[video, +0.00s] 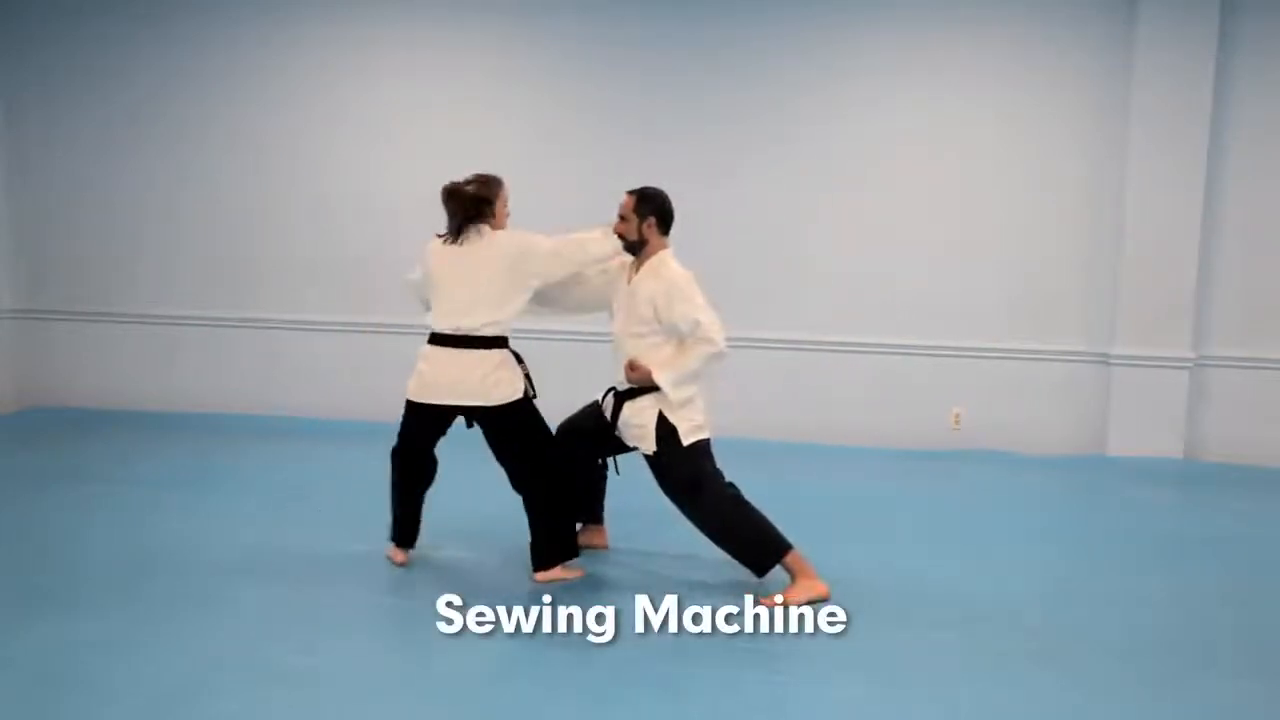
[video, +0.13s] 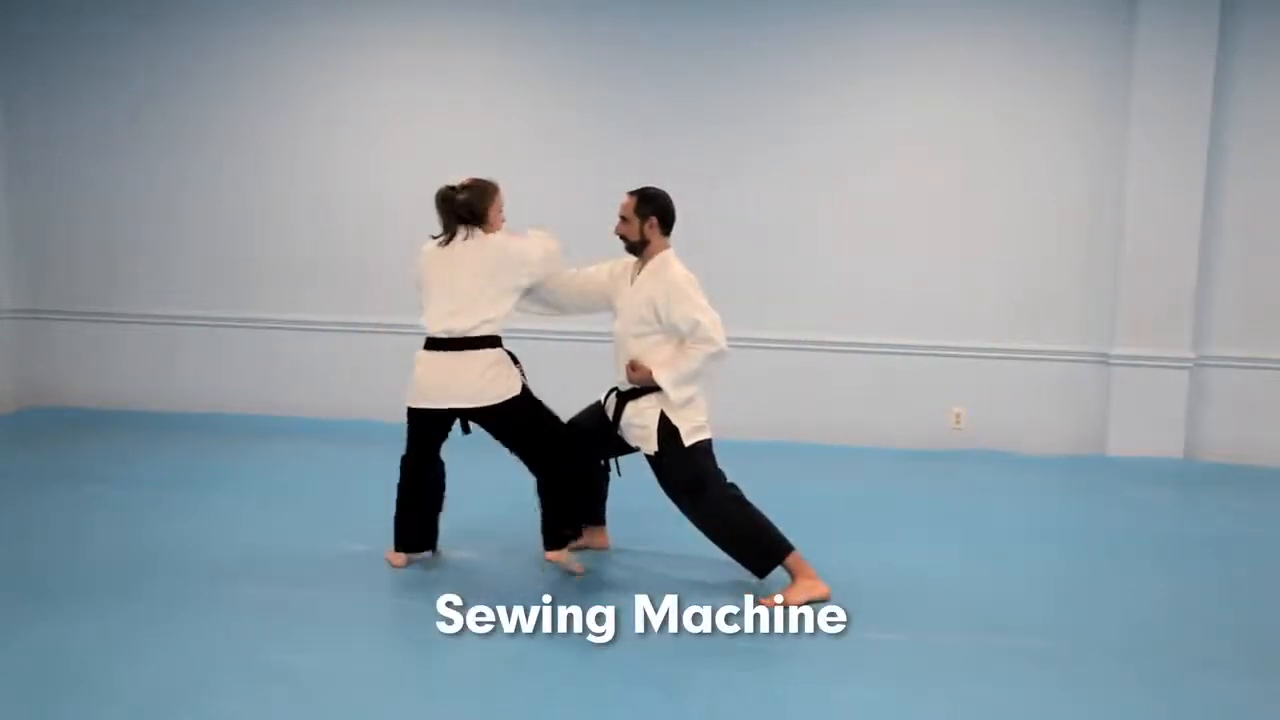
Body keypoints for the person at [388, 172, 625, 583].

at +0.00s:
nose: (509, 212)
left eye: (507, 204)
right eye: (505, 206)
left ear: (463, 210)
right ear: (491, 210)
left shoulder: (437, 250)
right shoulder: (515, 248)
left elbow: (421, 289)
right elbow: (571, 252)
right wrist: (617, 236)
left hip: (435, 376)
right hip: (492, 378)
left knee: (410, 454)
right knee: (538, 465)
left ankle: (400, 544)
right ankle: (549, 562)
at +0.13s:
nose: (503, 216)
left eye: (501, 209)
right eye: (499, 210)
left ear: (458, 215)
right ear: (485, 215)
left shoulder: (430, 253)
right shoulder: (506, 251)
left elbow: (431, 300)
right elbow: (551, 257)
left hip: (432, 382)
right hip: (488, 381)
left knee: (419, 456)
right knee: (554, 448)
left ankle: (405, 547)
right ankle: (557, 545)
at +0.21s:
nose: (500, 226)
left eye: (499, 218)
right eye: (496, 219)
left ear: (453, 223)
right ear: (478, 224)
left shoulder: (427, 259)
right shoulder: (501, 253)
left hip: (435, 388)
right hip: (491, 386)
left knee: (417, 462)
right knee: (574, 442)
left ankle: (403, 549)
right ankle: (579, 533)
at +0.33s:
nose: (503, 236)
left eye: (502, 229)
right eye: (500, 230)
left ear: (461, 232)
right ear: (490, 233)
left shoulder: (439, 273)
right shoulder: (505, 263)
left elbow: (437, 319)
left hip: (456, 398)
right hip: (510, 393)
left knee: (421, 466)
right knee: (587, 444)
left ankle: (400, 551)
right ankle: (617, 541)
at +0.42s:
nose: (523, 232)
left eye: (521, 225)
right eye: (520, 225)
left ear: (483, 233)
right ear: (512, 230)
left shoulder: (464, 272)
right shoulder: (527, 264)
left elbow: (445, 318)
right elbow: (525, 303)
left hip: (475, 399)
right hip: (531, 398)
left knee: (433, 466)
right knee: (601, 457)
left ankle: (401, 549)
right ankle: (648, 551)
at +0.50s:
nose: (552, 229)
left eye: (548, 222)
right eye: (548, 222)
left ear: (511, 232)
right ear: (538, 228)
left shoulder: (494, 274)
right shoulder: (565, 263)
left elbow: (453, 314)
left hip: (501, 396)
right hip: (557, 397)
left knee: (454, 468)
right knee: (620, 467)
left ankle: (406, 548)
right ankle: (654, 563)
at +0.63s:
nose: (590, 213)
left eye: (586, 206)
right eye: (585, 207)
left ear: (551, 222)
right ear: (574, 217)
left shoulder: (533, 268)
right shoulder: (613, 257)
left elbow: (481, 306)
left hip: (534, 385)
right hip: (591, 386)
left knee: (489, 465)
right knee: (635, 466)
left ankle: (434, 546)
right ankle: (659, 562)